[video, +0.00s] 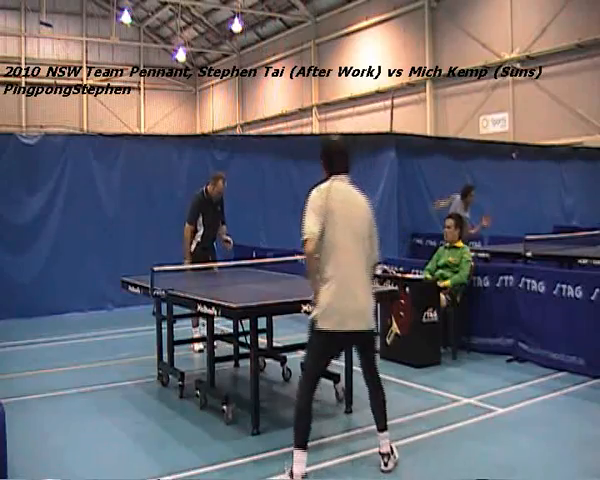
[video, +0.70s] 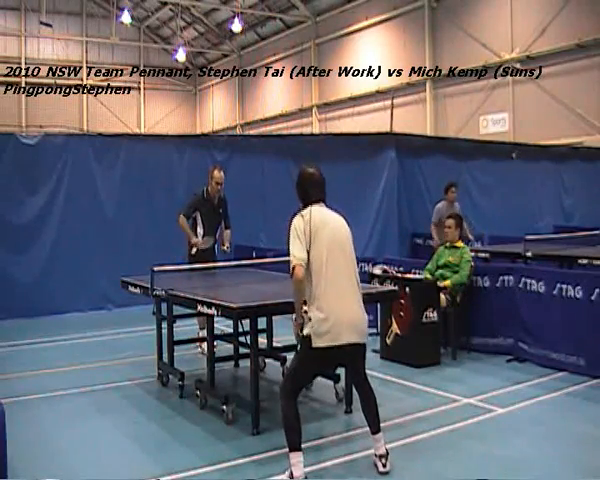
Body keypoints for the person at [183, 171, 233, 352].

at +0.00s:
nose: (220, 193)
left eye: (222, 190)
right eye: (218, 190)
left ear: (222, 189)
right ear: (210, 186)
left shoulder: (219, 199)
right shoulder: (199, 200)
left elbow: (220, 221)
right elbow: (189, 228)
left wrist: (224, 236)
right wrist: (187, 258)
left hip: (210, 247)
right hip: (196, 248)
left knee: (213, 284)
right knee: (195, 289)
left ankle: (211, 330)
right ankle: (196, 332)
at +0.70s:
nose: (219, 187)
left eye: (222, 183)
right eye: (216, 183)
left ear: (224, 183)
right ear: (209, 182)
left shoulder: (222, 201)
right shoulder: (199, 199)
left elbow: (226, 225)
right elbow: (182, 218)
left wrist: (226, 242)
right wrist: (192, 238)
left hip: (211, 250)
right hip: (198, 250)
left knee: (212, 292)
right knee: (200, 293)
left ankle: (208, 334)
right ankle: (202, 335)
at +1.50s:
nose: (225, 193)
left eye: (227, 189)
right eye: (224, 188)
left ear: (224, 187)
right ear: (216, 185)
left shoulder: (217, 200)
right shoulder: (206, 198)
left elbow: (219, 225)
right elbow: (214, 222)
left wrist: (230, 238)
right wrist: (232, 220)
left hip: (208, 249)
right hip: (198, 250)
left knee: (212, 286)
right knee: (206, 291)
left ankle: (202, 320)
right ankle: (204, 339)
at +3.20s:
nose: (226, 192)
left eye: (229, 189)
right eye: (224, 189)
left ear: (231, 190)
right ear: (216, 188)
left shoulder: (226, 206)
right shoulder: (209, 205)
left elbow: (223, 230)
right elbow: (200, 225)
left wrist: (227, 246)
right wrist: (194, 246)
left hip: (224, 259)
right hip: (208, 260)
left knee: (228, 297)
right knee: (201, 301)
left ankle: (232, 333)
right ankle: (193, 338)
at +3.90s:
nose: (190, 193)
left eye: (193, 190)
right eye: (188, 190)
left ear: (197, 190)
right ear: (183, 191)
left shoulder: (204, 208)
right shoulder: (179, 212)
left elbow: (212, 231)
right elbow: (172, 240)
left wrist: (214, 250)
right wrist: (178, 257)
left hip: (204, 263)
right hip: (184, 263)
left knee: (215, 302)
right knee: (169, 303)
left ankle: (225, 341)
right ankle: (159, 342)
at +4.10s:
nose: (190, 192)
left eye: (192, 188)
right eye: (187, 188)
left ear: (194, 189)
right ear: (180, 189)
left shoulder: (196, 206)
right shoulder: (175, 208)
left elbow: (199, 231)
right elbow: (175, 234)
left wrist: (203, 247)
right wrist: (191, 235)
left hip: (197, 260)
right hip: (179, 260)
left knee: (214, 300)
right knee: (169, 303)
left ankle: (226, 340)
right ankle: (159, 342)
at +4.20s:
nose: (191, 184)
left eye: (193, 181)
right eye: (188, 181)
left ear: (196, 181)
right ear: (181, 181)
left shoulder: (196, 200)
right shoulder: (177, 199)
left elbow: (199, 226)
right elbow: (170, 222)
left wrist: (203, 247)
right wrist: (177, 222)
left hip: (197, 254)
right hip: (180, 254)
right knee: (170, 301)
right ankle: (159, 342)